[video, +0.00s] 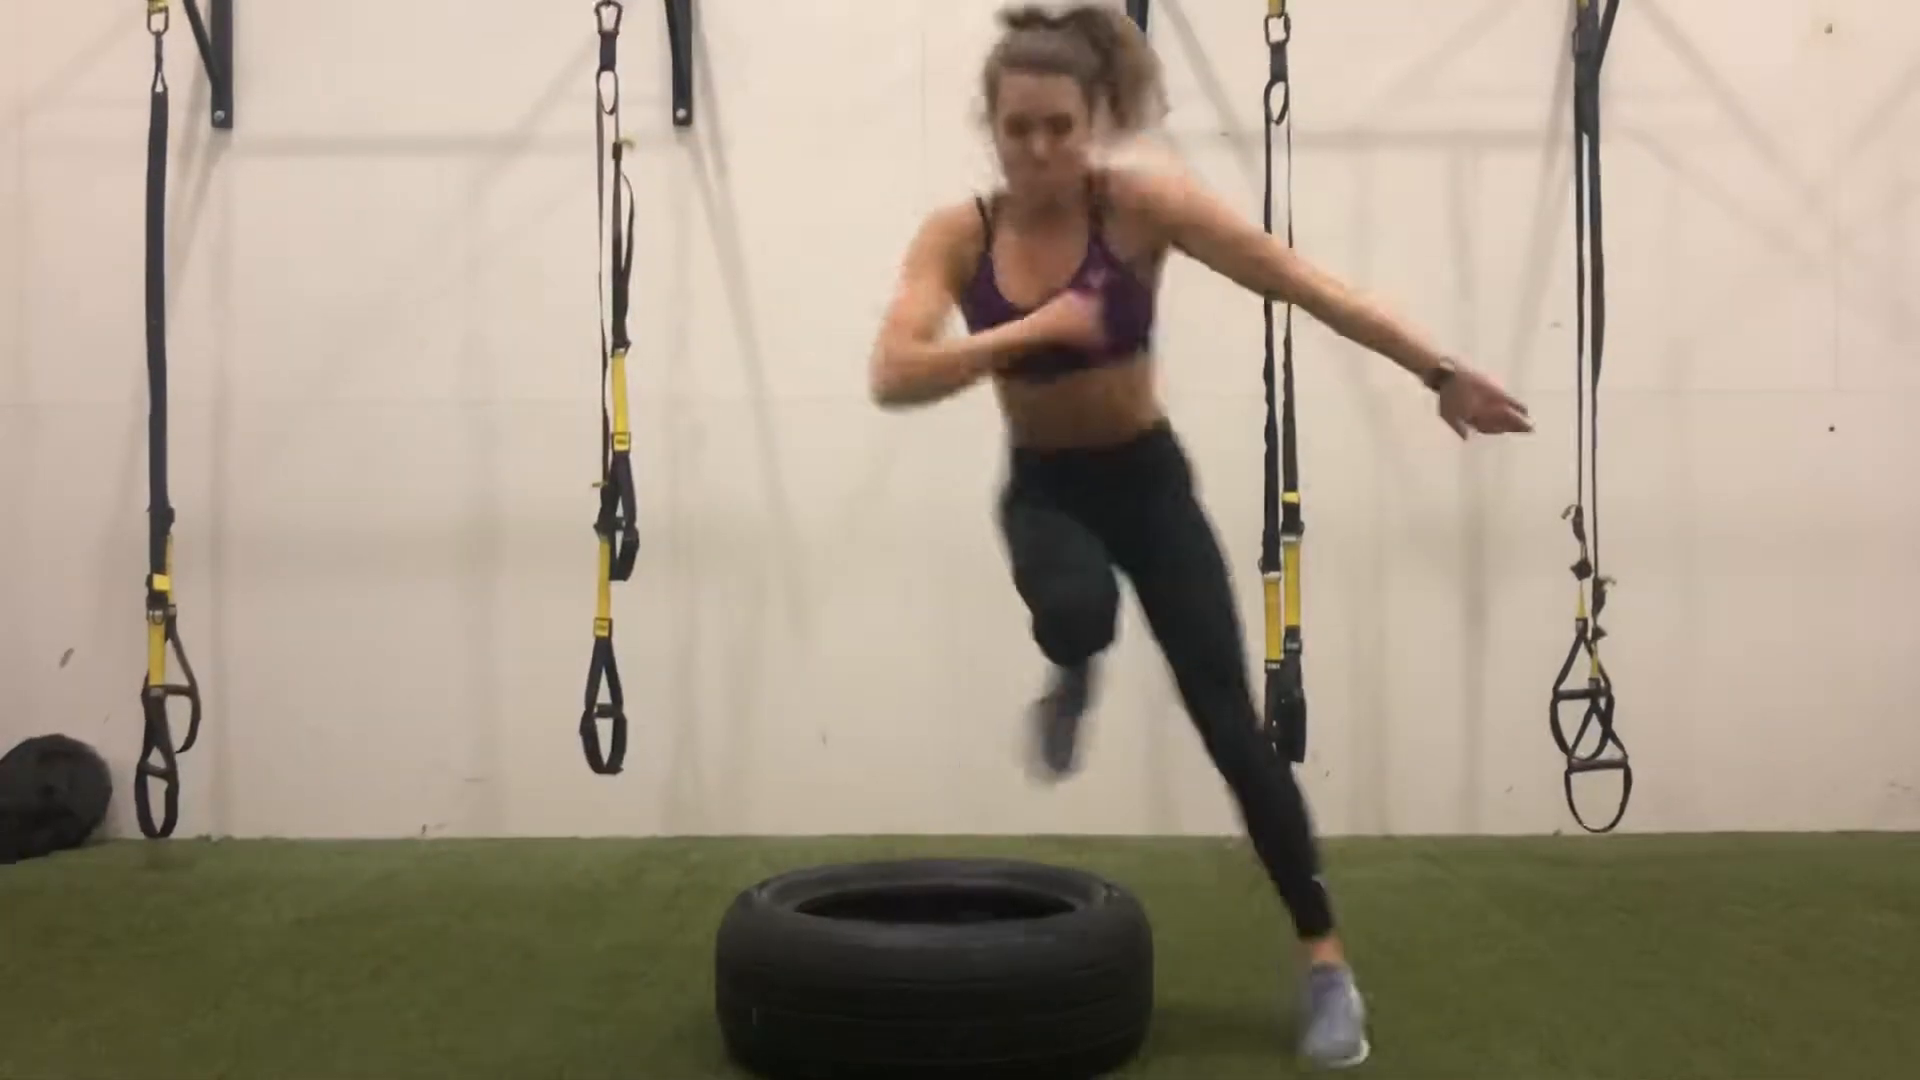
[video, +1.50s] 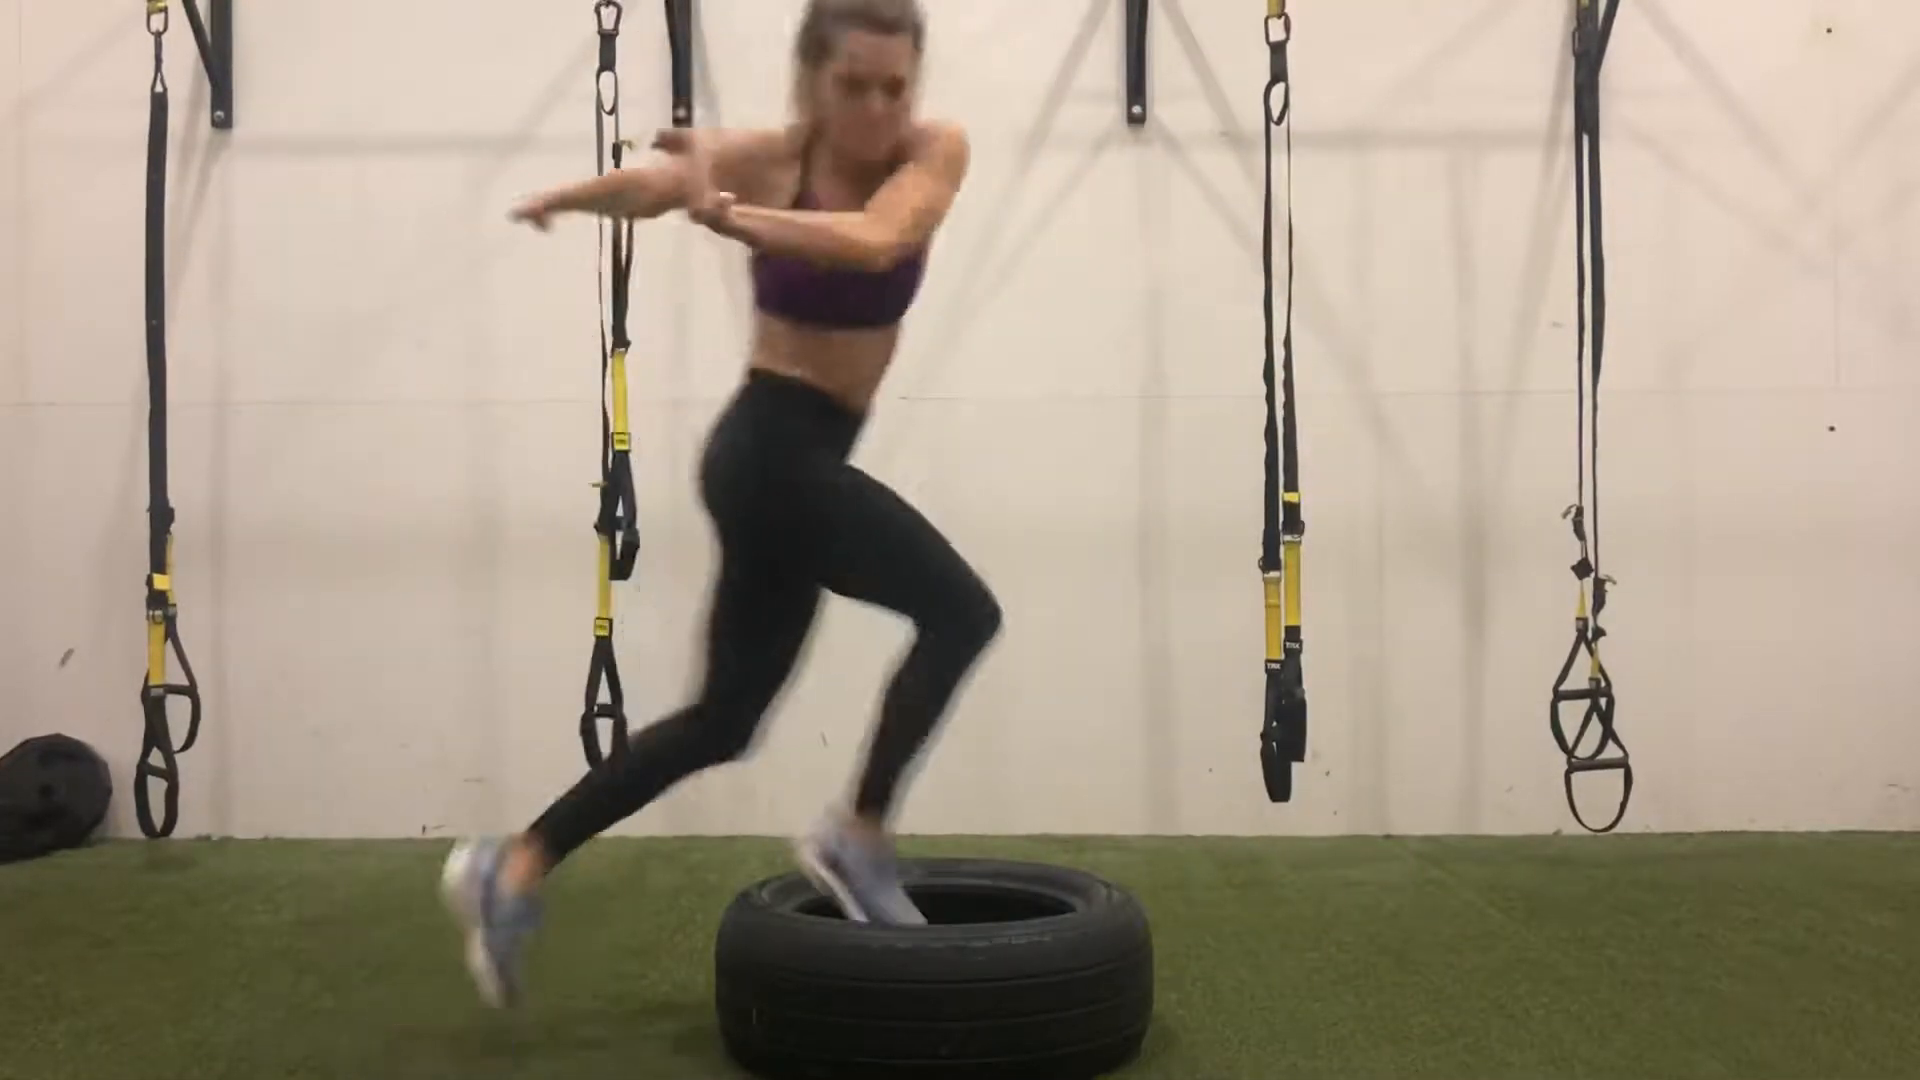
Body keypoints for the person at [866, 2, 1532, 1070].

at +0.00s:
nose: (1034, 149)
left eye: (1056, 127)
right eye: (1016, 127)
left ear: (1098, 123)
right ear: (991, 123)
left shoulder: (1145, 205)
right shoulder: (960, 231)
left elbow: (1303, 286)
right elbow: (893, 377)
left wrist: (1441, 371)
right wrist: (1032, 330)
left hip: (1145, 477)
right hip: (1043, 486)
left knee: (1230, 730)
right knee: (1077, 620)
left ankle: (1325, 960)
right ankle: (1070, 682)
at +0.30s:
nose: (1077, 174)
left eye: (1098, 151)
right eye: (1061, 153)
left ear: (1149, 143)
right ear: (1043, 150)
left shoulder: (1218, 224)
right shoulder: (1034, 271)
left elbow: (1307, 321)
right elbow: (981, 391)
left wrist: (1317, 453)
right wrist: (978, 485)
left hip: (1256, 489)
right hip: (1158, 517)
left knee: (1230, 727)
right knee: (1231, 749)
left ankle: (1348, 938)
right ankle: (1400, 919)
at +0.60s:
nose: (982, 139)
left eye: (1006, 118)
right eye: (969, 116)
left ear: (1054, 119)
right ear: (950, 112)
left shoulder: (1094, 207)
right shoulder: (918, 198)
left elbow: (1213, 244)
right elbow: (834, 330)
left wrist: (1296, 321)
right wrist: (893, 242)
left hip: (1095, 483)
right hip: (1036, 495)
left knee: (914, 654)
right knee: (1138, 730)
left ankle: (988, 882)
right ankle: (1332, 843)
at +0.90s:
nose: (799, 109)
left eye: (821, 91)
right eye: (782, 86)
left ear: (853, 95)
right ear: (750, 81)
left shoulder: (891, 185)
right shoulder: (687, 195)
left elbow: (1007, 258)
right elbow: (666, 305)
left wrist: (1048, 315)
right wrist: (708, 391)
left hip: (850, 453)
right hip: (746, 455)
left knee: (775, 650)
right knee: (640, 669)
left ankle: (923, 813)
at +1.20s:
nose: (765, 169)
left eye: (784, 149)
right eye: (745, 147)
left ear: (807, 143)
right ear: (702, 137)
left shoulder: (815, 233)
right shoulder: (647, 238)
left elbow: (822, 326)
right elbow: (539, 358)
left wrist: (835, 417)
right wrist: (517, 480)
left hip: (698, 522)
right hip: (596, 492)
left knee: (628, 773)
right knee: (520, 737)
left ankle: (472, 960)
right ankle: (379, 916)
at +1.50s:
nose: (878, 108)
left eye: (894, 89)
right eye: (857, 86)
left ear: (915, 82)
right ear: (812, 79)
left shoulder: (934, 148)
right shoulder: (770, 156)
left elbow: (875, 238)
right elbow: (661, 185)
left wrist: (728, 213)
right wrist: (567, 196)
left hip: (802, 458)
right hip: (764, 455)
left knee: (725, 721)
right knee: (962, 611)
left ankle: (513, 867)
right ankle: (860, 829)